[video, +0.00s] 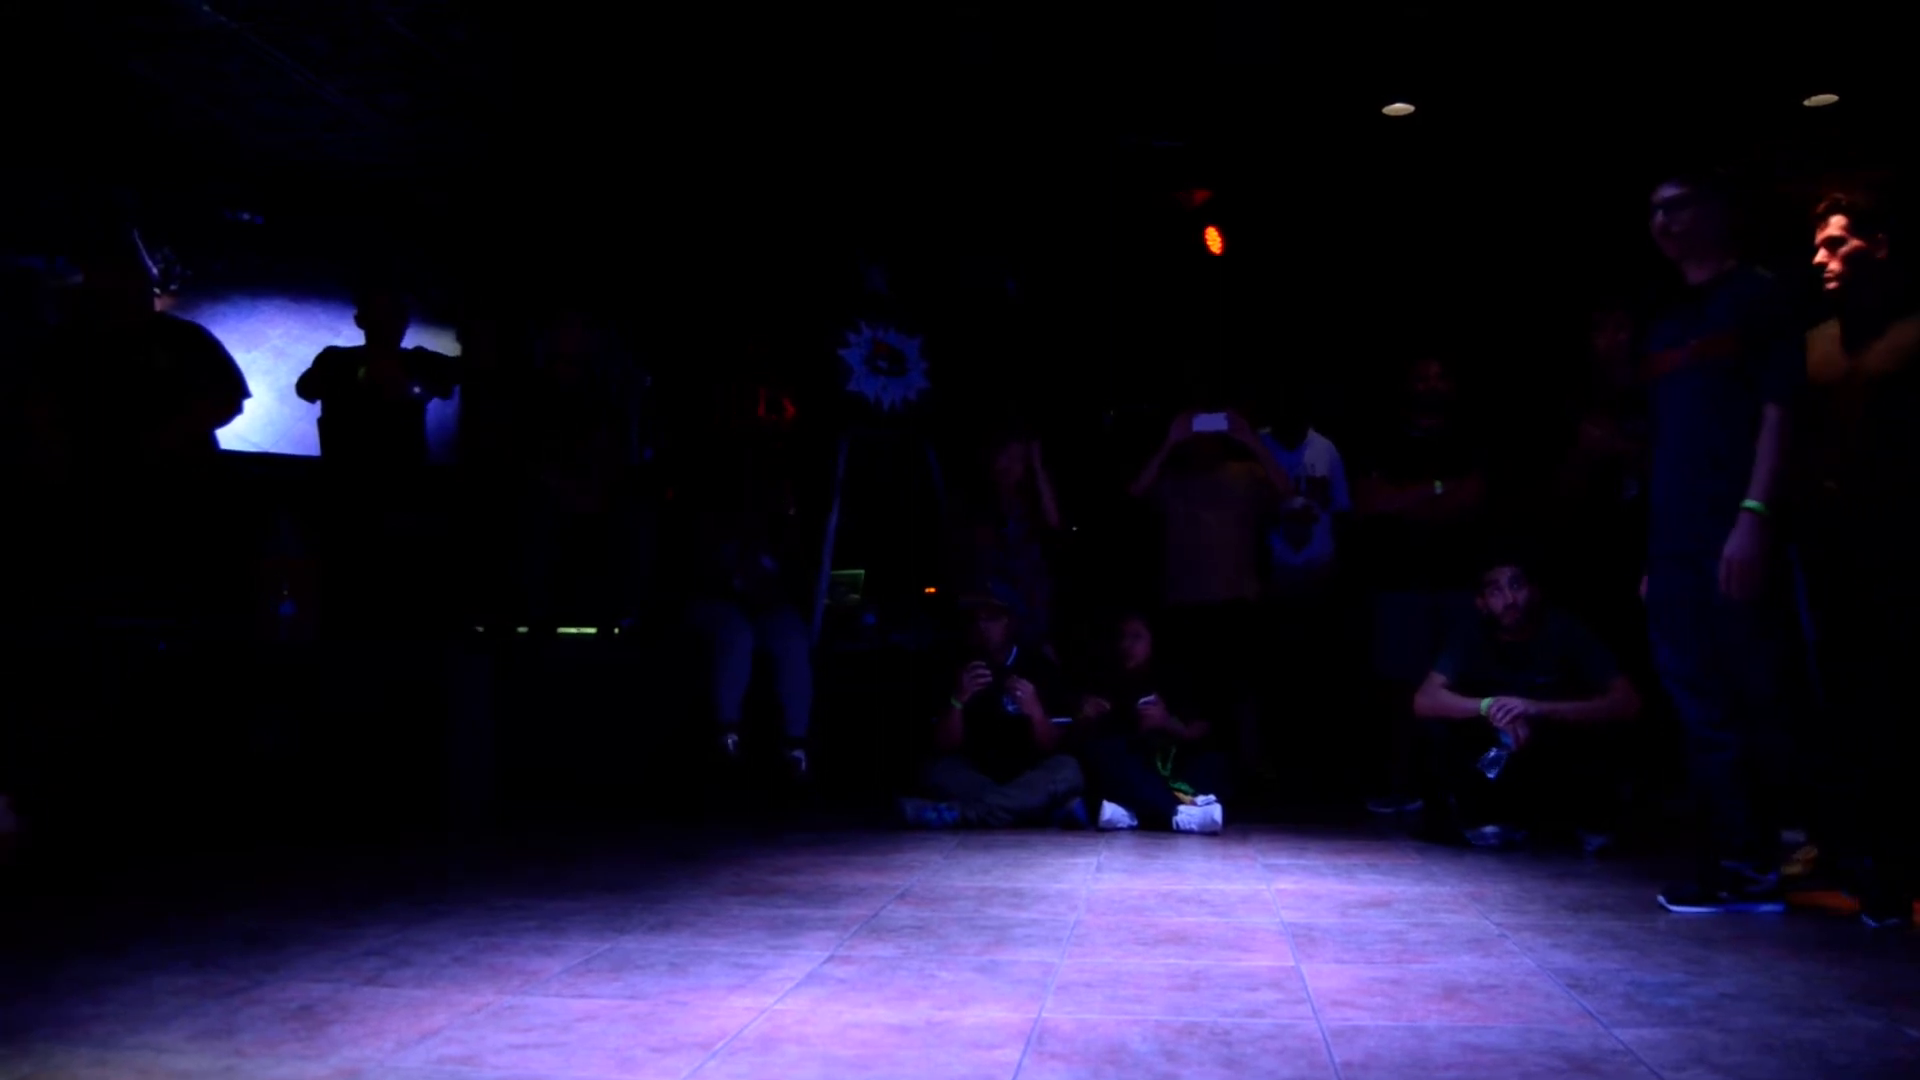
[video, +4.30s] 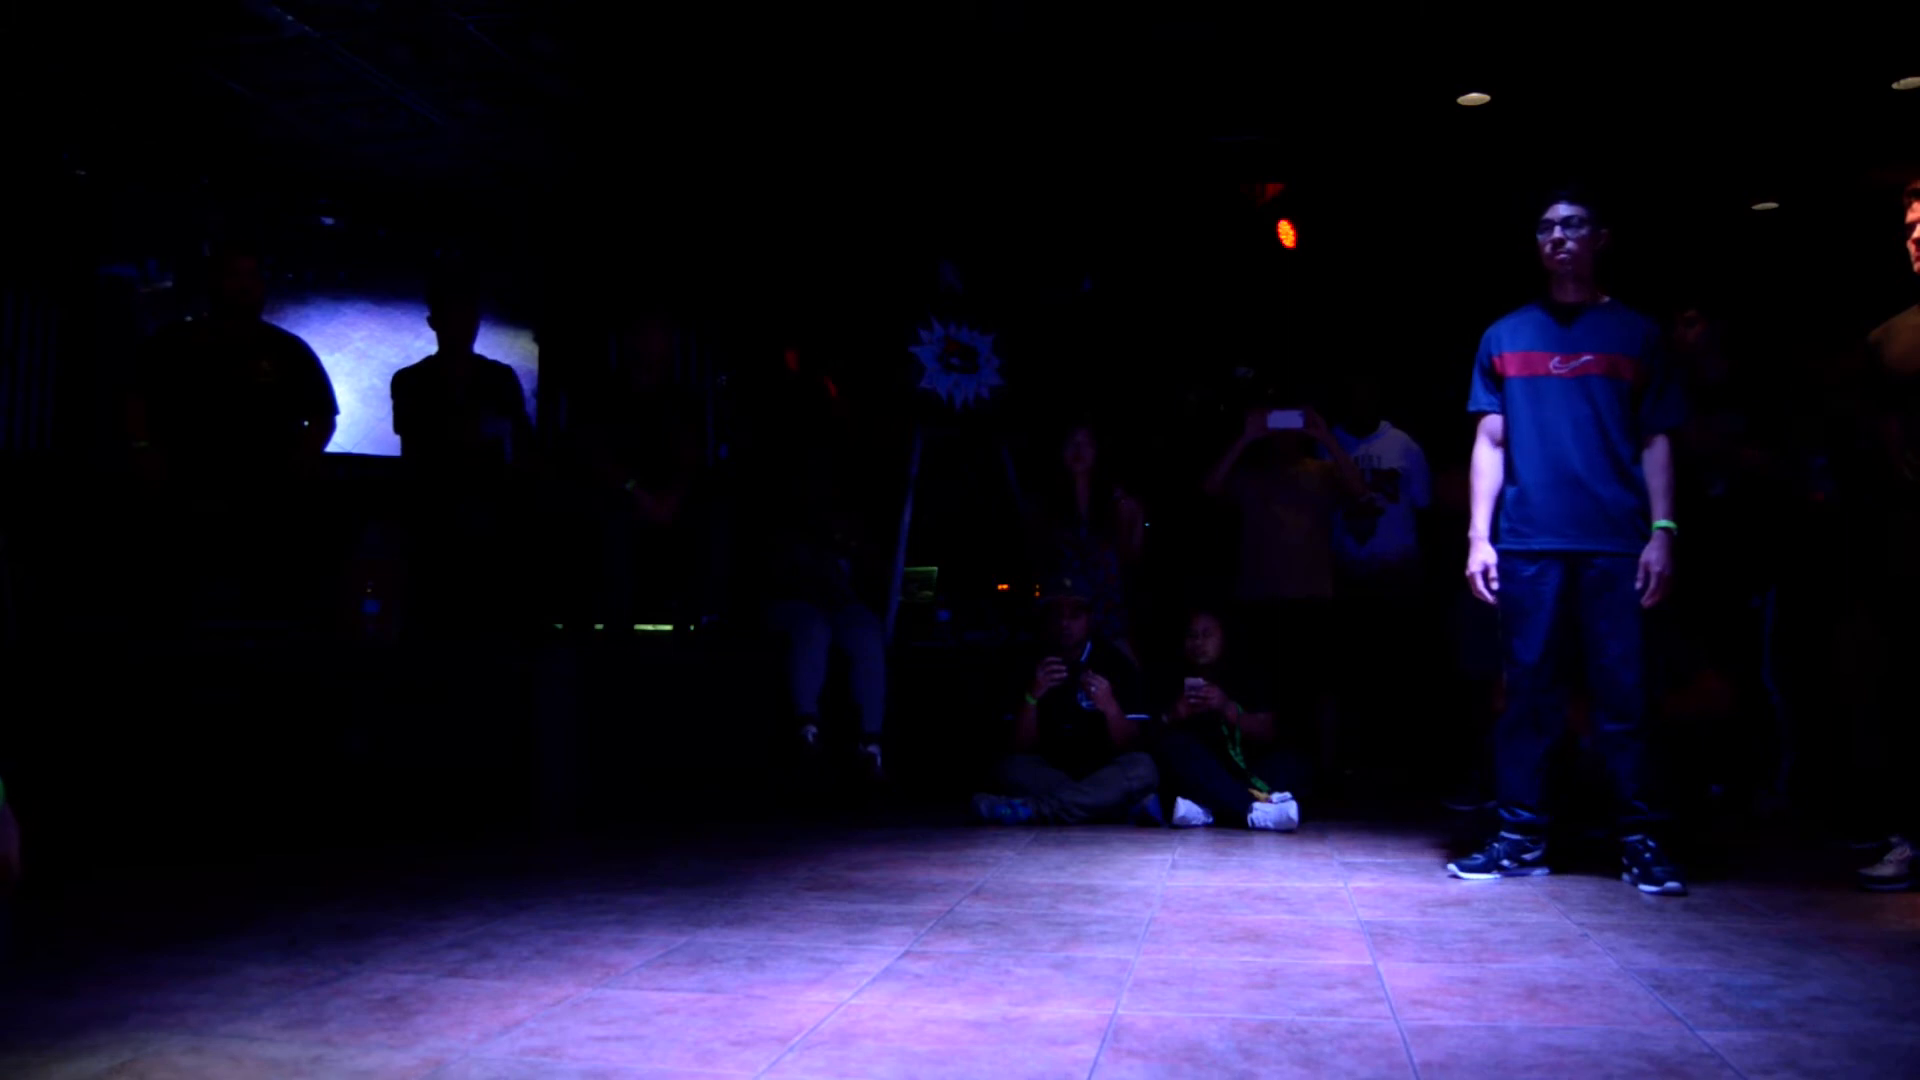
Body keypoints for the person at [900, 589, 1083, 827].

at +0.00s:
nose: (983, 629)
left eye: (992, 619)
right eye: (976, 620)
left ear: (1009, 623)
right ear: (968, 626)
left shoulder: (1033, 665)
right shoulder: (954, 666)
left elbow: (1050, 743)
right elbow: (945, 744)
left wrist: (1033, 710)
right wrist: (959, 700)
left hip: (1025, 762)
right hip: (973, 763)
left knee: (1067, 771)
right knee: (939, 772)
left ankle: (963, 814)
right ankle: (1043, 813)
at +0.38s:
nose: (1003, 628)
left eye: (1012, 619)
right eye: (997, 619)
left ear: (1032, 623)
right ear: (989, 626)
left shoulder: (1055, 665)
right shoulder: (977, 666)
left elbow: (1075, 744)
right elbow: (966, 743)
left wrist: (1055, 710)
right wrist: (980, 700)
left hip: (1047, 762)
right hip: (994, 764)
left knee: (1089, 771)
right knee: (959, 771)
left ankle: (985, 814)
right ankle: (1065, 813)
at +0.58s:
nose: (1037, 625)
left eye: (1045, 616)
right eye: (1031, 617)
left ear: (1062, 621)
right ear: (1022, 624)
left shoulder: (1085, 661)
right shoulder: (1010, 662)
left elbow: (1102, 741)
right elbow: (996, 740)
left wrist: (1083, 706)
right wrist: (1010, 695)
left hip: (1076, 757)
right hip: (1025, 758)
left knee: (1117, 767)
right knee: (991, 769)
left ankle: (1014, 810)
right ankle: (1094, 809)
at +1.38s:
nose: (1072, 625)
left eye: (1079, 615)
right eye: (1064, 616)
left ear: (1091, 620)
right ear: (1051, 621)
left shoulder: (1110, 660)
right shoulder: (1036, 662)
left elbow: (1128, 738)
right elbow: (1024, 742)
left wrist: (1108, 705)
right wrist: (1034, 694)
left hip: (1101, 757)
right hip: (1051, 757)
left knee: (1141, 766)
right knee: (1018, 768)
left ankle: (1037, 809)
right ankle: (1120, 808)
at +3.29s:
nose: (1066, 629)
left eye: (1073, 620)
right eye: (1059, 621)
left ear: (1086, 623)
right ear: (1049, 627)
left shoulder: (1108, 662)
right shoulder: (1035, 664)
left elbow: (1127, 738)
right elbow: (1021, 741)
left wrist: (1107, 705)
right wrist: (1034, 695)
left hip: (1100, 756)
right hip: (1050, 757)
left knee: (1141, 766)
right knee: (1016, 769)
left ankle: (1036, 809)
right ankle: (1119, 808)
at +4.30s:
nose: (1065, 625)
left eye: (1075, 616)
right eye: (1058, 616)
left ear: (1088, 620)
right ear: (1047, 621)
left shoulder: (1110, 660)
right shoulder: (1032, 661)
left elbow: (1131, 741)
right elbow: (1021, 745)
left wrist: (1108, 705)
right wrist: (1033, 696)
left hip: (1101, 760)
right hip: (1049, 760)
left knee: (1142, 768)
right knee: (1013, 769)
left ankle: (1037, 809)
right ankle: (1121, 809)